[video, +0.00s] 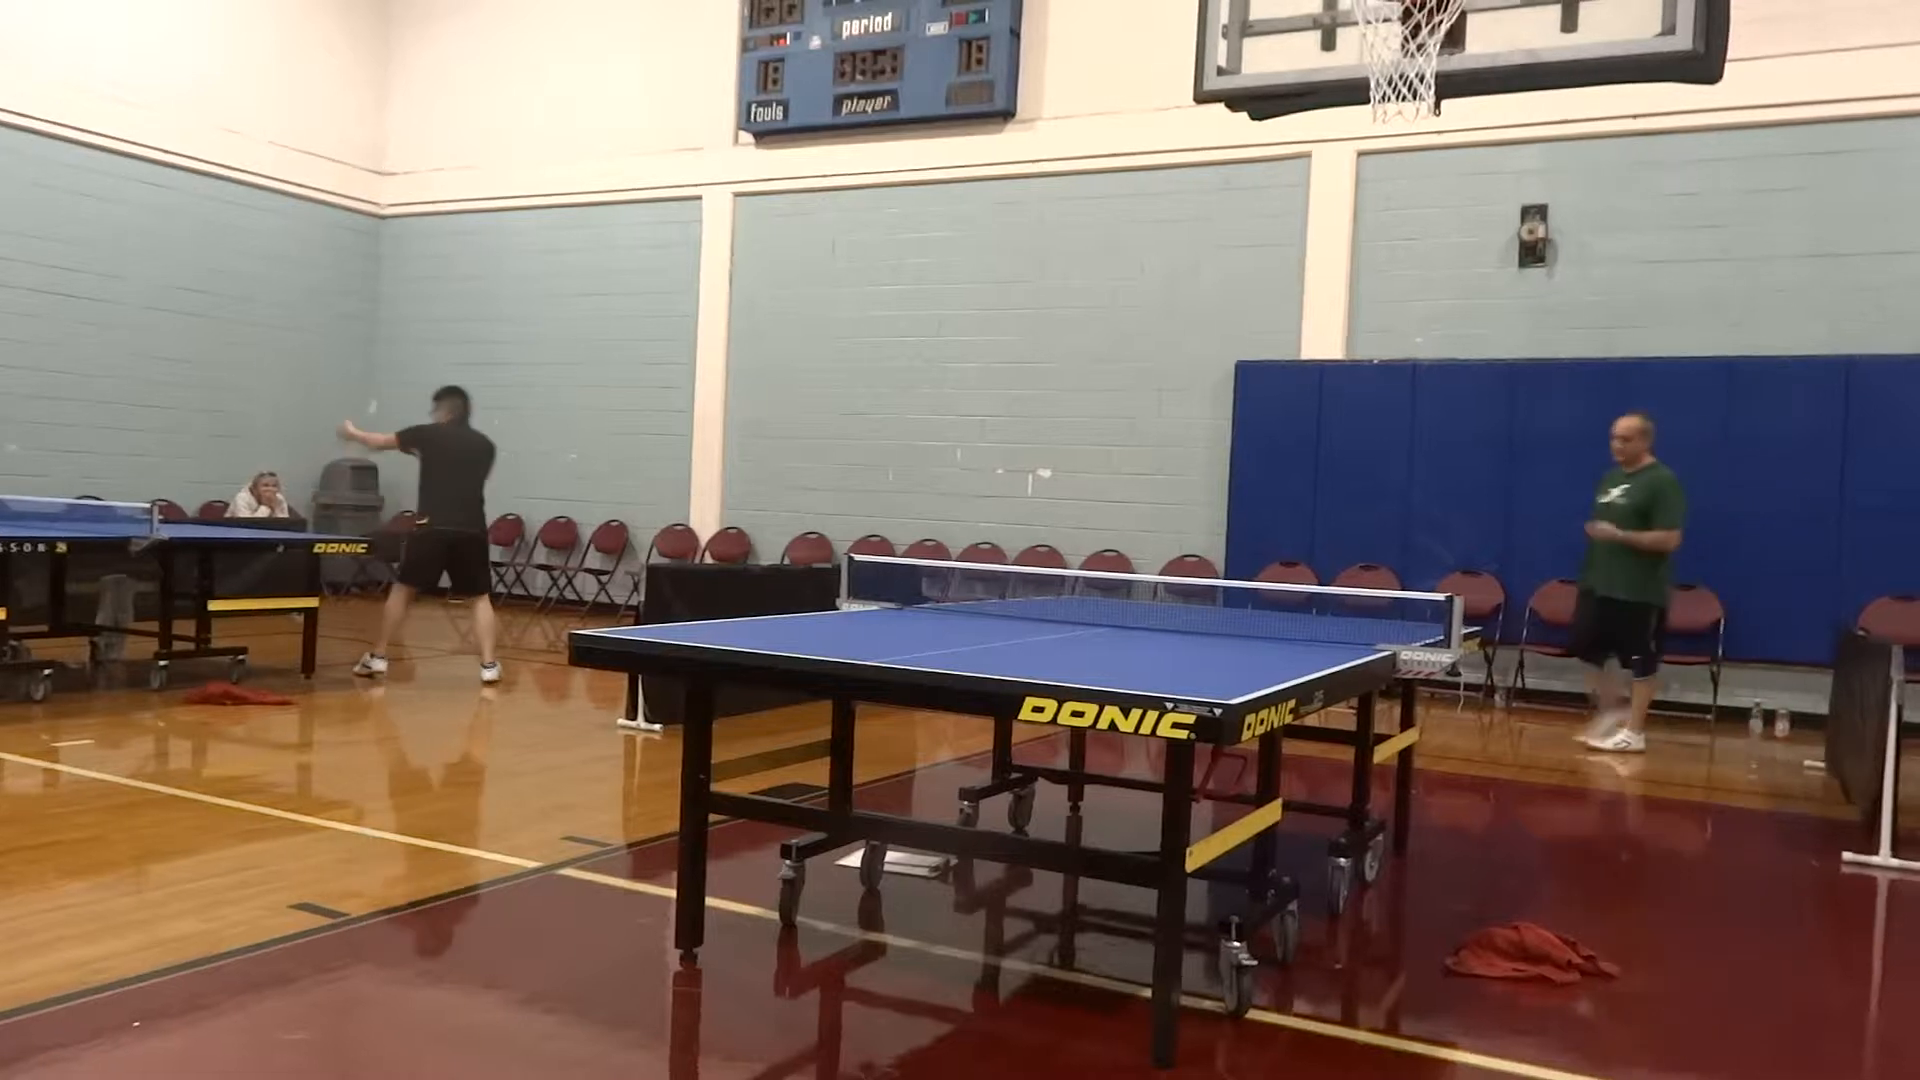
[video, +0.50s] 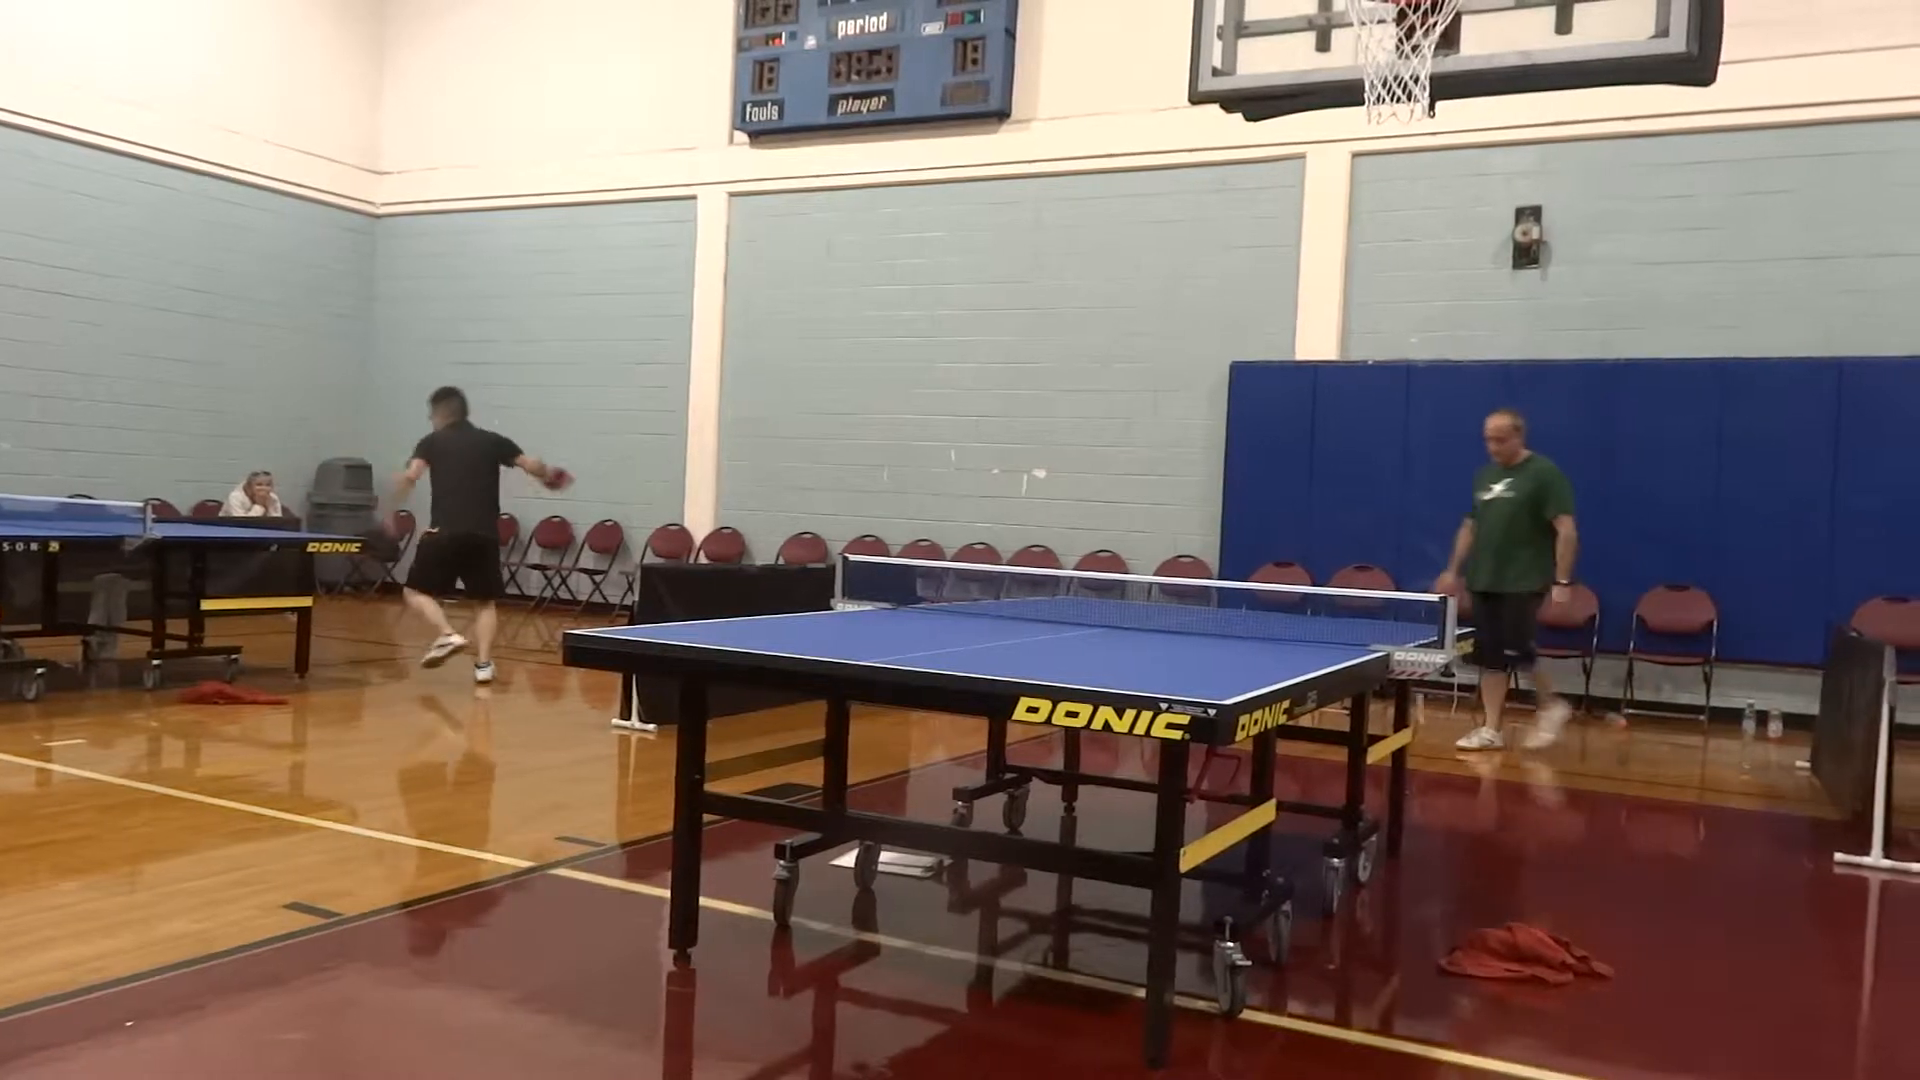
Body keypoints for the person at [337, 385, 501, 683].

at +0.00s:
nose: (433, 415)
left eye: (436, 410)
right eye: (434, 410)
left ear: (444, 411)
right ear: (465, 412)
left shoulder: (429, 434)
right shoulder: (485, 445)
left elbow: (380, 442)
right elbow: (471, 474)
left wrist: (353, 432)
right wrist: (422, 449)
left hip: (431, 531)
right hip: (472, 534)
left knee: (403, 589)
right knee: (481, 597)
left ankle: (378, 656)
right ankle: (489, 665)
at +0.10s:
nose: (447, 411)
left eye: (450, 407)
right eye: (449, 406)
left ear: (460, 408)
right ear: (479, 410)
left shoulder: (442, 432)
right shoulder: (497, 445)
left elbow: (391, 438)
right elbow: (488, 487)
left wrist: (347, 432)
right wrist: (437, 467)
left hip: (438, 529)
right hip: (478, 534)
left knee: (409, 590)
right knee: (482, 597)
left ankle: (383, 655)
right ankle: (488, 665)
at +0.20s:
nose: (453, 411)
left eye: (456, 405)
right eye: (455, 405)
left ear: (464, 407)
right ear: (486, 410)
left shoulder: (446, 432)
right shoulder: (503, 447)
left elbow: (390, 442)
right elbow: (508, 494)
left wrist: (346, 439)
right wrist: (478, 487)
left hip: (441, 529)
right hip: (480, 534)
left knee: (415, 589)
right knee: (484, 598)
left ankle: (396, 659)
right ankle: (487, 666)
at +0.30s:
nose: (452, 410)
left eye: (455, 405)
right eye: (454, 405)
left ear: (463, 408)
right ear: (486, 411)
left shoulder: (447, 433)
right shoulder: (506, 447)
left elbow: (395, 451)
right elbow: (524, 491)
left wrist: (350, 457)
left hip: (442, 530)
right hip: (483, 534)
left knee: (418, 590)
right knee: (485, 598)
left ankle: (413, 657)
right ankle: (486, 665)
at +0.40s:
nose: (446, 413)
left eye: (448, 409)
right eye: (448, 408)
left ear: (455, 410)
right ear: (479, 411)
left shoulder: (442, 436)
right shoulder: (500, 443)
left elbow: (399, 463)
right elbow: (532, 478)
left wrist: (367, 483)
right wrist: (553, 501)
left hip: (444, 531)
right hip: (483, 536)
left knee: (419, 589)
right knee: (485, 601)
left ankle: (433, 643)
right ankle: (484, 664)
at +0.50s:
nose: (431, 420)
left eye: (432, 415)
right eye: (431, 415)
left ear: (439, 414)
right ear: (464, 412)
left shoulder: (433, 441)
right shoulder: (491, 440)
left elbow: (411, 477)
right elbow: (531, 465)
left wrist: (393, 508)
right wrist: (549, 475)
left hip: (444, 534)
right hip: (484, 535)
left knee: (415, 590)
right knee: (486, 602)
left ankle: (446, 634)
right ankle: (484, 665)